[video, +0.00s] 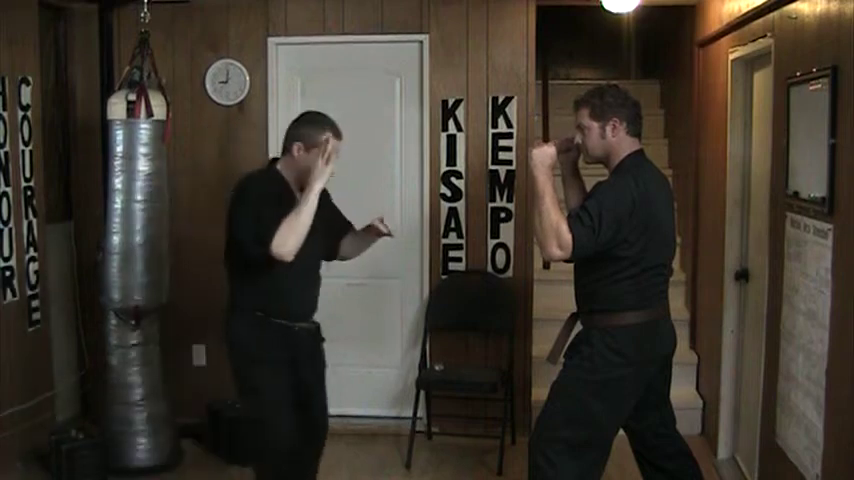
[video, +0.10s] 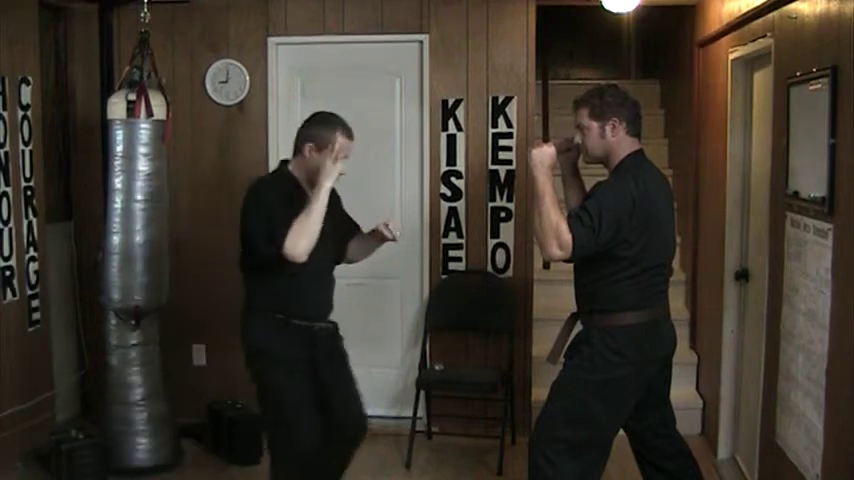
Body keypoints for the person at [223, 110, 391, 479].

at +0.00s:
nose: (329, 164)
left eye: (332, 156)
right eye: (324, 154)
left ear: (305, 152)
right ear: (297, 150)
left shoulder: (311, 193)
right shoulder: (255, 189)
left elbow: (338, 247)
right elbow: (284, 248)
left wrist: (367, 235)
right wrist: (314, 188)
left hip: (303, 334)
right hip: (259, 335)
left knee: (313, 430)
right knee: (277, 436)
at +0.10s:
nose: (340, 167)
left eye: (344, 159)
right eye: (336, 156)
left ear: (316, 152)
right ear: (309, 151)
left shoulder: (321, 193)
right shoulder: (266, 192)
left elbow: (346, 250)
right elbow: (296, 250)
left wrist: (374, 238)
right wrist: (323, 187)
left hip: (320, 333)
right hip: (275, 335)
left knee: (349, 425)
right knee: (298, 440)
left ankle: (315, 478)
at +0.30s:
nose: (381, 168)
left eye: (384, 160)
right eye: (376, 158)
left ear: (355, 157)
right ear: (349, 153)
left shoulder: (363, 198)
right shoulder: (303, 193)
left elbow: (390, 248)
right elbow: (328, 253)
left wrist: (429, 250)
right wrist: (365, 191)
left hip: (356, 340)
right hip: (307, 340)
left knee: (404, 442)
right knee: (314, 452)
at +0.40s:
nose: (404, 176)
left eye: (408, 168)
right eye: (399, 165)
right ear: (372, 158)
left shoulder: (398, 208)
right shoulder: (326, 196)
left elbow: (445, 246)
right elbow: (337, 256)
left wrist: (499, 258)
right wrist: (378, 194)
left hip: (378, 342)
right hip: (325, 341)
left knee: (423, 442)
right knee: (324, 454)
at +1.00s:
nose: (398, 169)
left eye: (400, 160)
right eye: (390, 159)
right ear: (359, 153)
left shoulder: (386, 204)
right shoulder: (319, 199)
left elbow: (425, 253)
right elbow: (337, 263)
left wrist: (468, 263)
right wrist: (379, 203)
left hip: (380, 341)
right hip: (329, 342)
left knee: (426, 443)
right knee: (328, 454)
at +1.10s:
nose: (377, 163)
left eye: (379, 155)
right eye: (370, 153)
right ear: (339, 147)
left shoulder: (356, 197)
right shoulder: (298, 194)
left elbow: (390, 245)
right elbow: (321, 256)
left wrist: (427, 232)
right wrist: (365, 194)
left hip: (359, 338)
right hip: (311, 340)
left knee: (405, 445)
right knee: (312, 454)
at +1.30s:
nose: (346, 156)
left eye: (349, 148)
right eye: (341, 145)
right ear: (313, 140)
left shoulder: (328, 187)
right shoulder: (270, 187)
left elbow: (369, 232)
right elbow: (295, 244)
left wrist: (391, 190)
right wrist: (332, 180)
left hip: (329, 329)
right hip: (283, 330)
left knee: (348, 425)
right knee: (294, 438)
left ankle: (333, 478)